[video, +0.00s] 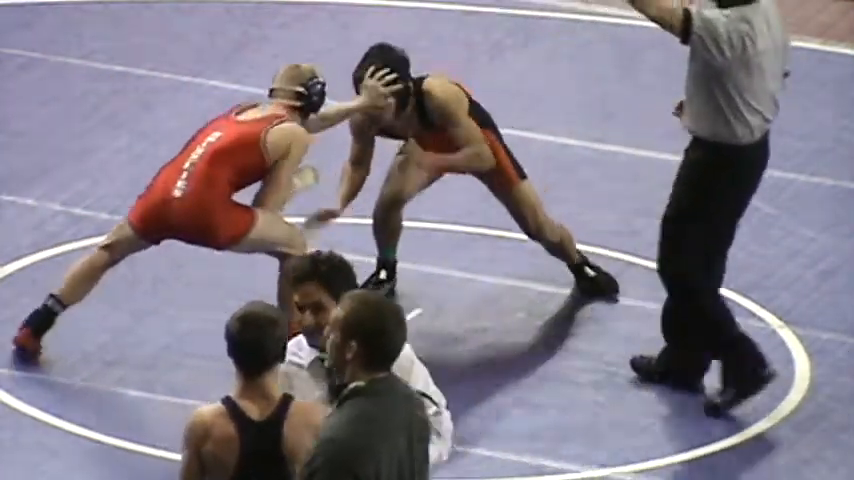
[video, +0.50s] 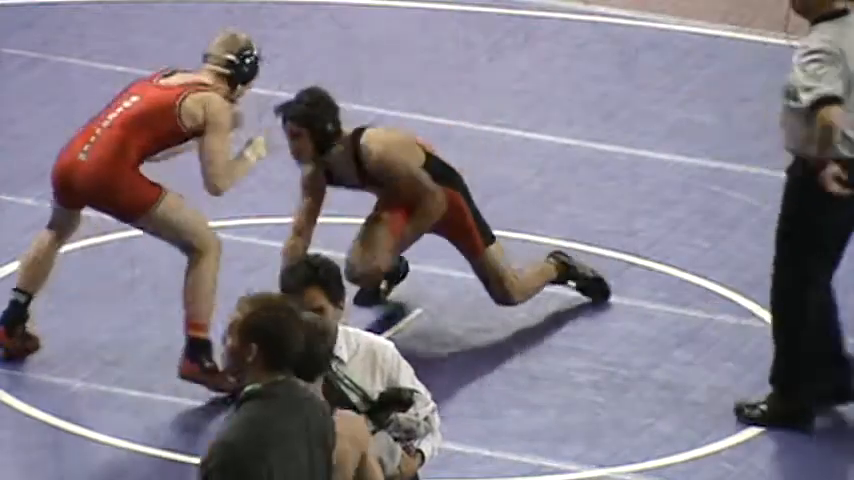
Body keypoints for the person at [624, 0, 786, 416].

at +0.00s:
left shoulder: (727, 29)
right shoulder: (764, 11)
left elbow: (657, 9)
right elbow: (772, 76)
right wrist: (704, 104)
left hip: (718, 157)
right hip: (739, 150)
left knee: (679, 265)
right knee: (697, 260)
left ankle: (744, 367)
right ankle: (682, 364)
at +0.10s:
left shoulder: (743, 34)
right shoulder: (783, 17)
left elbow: (676, 30)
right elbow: (802, 84)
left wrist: (637, 2)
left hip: (737, 163)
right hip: (763, 156)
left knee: (726, 269)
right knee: (711, 262)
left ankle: (785, 391)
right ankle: (684, 362)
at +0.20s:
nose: (736, 0)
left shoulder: (767, 37)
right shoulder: (802, 22)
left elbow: (704, 65)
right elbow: (828, 87)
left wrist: (665, 45)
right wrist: (783, 108)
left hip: (761, 165)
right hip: (787, 160)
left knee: (753, 271)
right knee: (736, 266)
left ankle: (792, 400)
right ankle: (694, 358)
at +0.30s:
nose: (753, 2)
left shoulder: (778, 40)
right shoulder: (830, 23)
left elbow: (741, 94)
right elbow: (849, 87)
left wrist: (699, 104)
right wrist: (826, 122)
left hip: (782, 169)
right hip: (814, 163)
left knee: (768, 274)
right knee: (759, 267)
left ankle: (793, 401)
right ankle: (711, 356)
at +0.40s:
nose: (772, 4)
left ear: (787, 2)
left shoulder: (797, 42)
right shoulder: (841, 23)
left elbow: (779, 114)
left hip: (806, 169)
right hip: (835, 163)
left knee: (781, 271)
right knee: (780, 265)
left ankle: (793, 402)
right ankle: (757, 367)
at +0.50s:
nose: (791, 5)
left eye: (795, 1)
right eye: (793, 0)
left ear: (812, 2)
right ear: (834, 0)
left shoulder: (820, 44)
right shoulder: (842, 30)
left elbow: (829, 107)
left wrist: (831, 158)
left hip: (816, 177)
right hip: (838, 176)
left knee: (794, 284)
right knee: (814, 280)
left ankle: (792, 398)